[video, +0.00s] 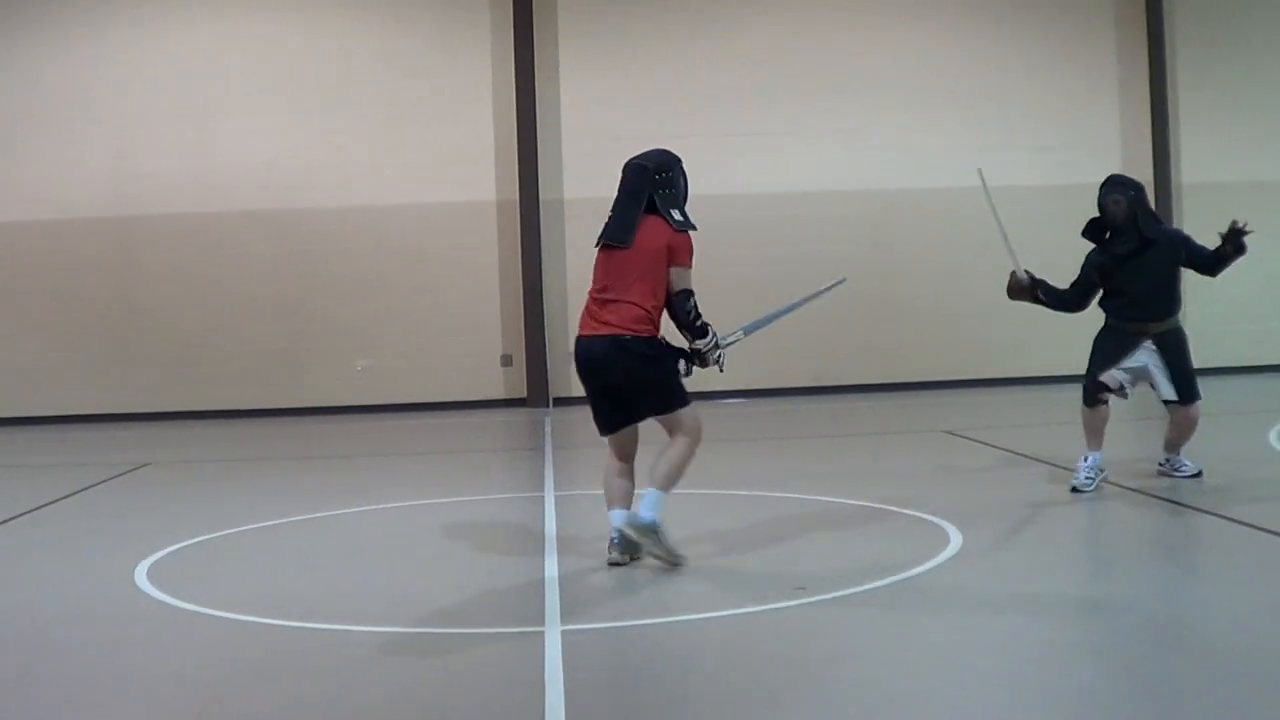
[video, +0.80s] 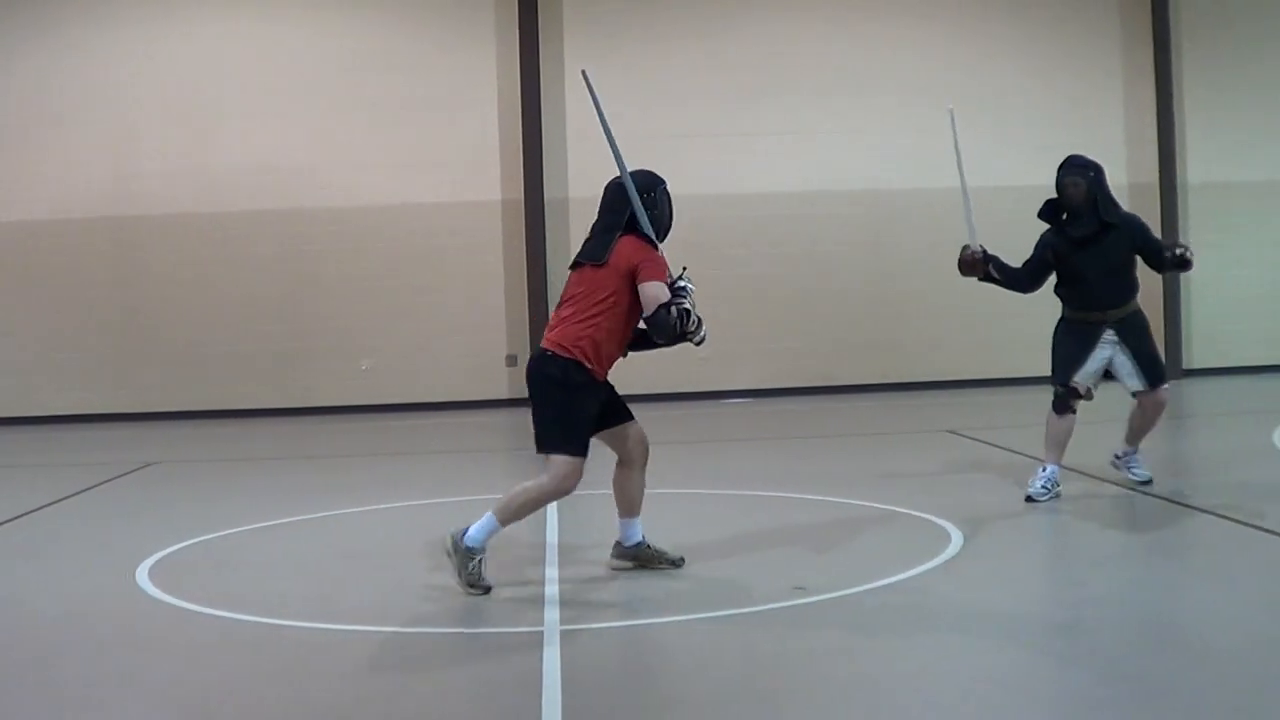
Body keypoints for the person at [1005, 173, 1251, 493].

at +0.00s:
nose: (1111, 209)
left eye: (1118, 202)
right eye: (1106, 203)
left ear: (1135, 204)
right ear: (1101, 208)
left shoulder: (1167, 240)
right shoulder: (1102, 254)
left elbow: (1208, 265)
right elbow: (1075, 300)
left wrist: (1228, 250)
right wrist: (1036, 288)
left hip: (1165, 334)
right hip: (1118, 334)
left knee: (1188, 412)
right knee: (1093, 392)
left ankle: (1171, 457)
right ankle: (1093, 461)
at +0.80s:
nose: (1068, 191)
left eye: (1075, 184)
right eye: (1064, 185)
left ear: (1094, 185)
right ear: (1059, 191)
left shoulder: (1125, 226)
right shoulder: (1056, 238)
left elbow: (1157, 257)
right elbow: (1028, 280)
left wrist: (1176, 257)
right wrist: (988, 265)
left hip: (1127, 320)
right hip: (1078, 325)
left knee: (1155, 396)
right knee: (1065, 397)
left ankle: (1127, 454)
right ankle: (1049, 473)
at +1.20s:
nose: (1061, 188)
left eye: (1068, 181)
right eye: (1056, 182)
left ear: (1085, 183)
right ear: (1049, 186)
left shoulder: (1115, 221)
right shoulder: (1047, 233)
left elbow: (1147, 245)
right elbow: (1020, 276)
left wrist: (1147, 290)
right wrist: (986, 261)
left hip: (1112, 320)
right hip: (1066, 321)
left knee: (1121, 398)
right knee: (1048, 388)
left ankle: (1094, 463)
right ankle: (1031, 465)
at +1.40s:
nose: (1035, 188)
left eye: (1042, 182)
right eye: (1030, 182)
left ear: (1058, 184)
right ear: (1022, 188)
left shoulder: (1083, 226)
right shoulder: (1016, 235)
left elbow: (1112, 253)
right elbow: (986, 277)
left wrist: (1108, 293)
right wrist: (955, 259)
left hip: (1080, 323)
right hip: (1034, 326)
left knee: (1094, 397)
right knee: (1025, 399)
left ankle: (1069, 465)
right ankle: (1004, 475)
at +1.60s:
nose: (1000, 185)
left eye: (1006, 178)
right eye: (994, 179)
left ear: (1020, 183)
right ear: (984, 186)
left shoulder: (1042, 228)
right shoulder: (975, 234)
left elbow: (1064, 257)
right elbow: (947, 277)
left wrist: (1059, 299)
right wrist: (921, 261)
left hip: (1035, 324)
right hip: (990, 327)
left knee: (1051, 396)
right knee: (988, 401)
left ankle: (1041, 465)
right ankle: (977, 478)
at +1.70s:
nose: (974, 186)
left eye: (980, 179)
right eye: (967, 180)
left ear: (993, 182)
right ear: (957, 184)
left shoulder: (1013, 226)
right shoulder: (947, 232)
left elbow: (1031, 258)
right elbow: (922, 276)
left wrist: (1027, 299)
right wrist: (897, 261)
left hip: (1005, 322)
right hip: (962, 325)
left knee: (1020, 395)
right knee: (965, 402)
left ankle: (1020, 464)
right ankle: (957, 479)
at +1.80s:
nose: (946, 184)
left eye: (953, 177)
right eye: (939, 178)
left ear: (965, 179)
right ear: (929, 181)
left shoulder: (984, 222)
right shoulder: (920, 228)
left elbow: (1000, 255)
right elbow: (896, 273)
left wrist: (994, 296)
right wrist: (871, 261)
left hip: (975, 319)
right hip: (934, 322)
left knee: (988, 393)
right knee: (942, 403)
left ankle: (985, 463)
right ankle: (935, 480)